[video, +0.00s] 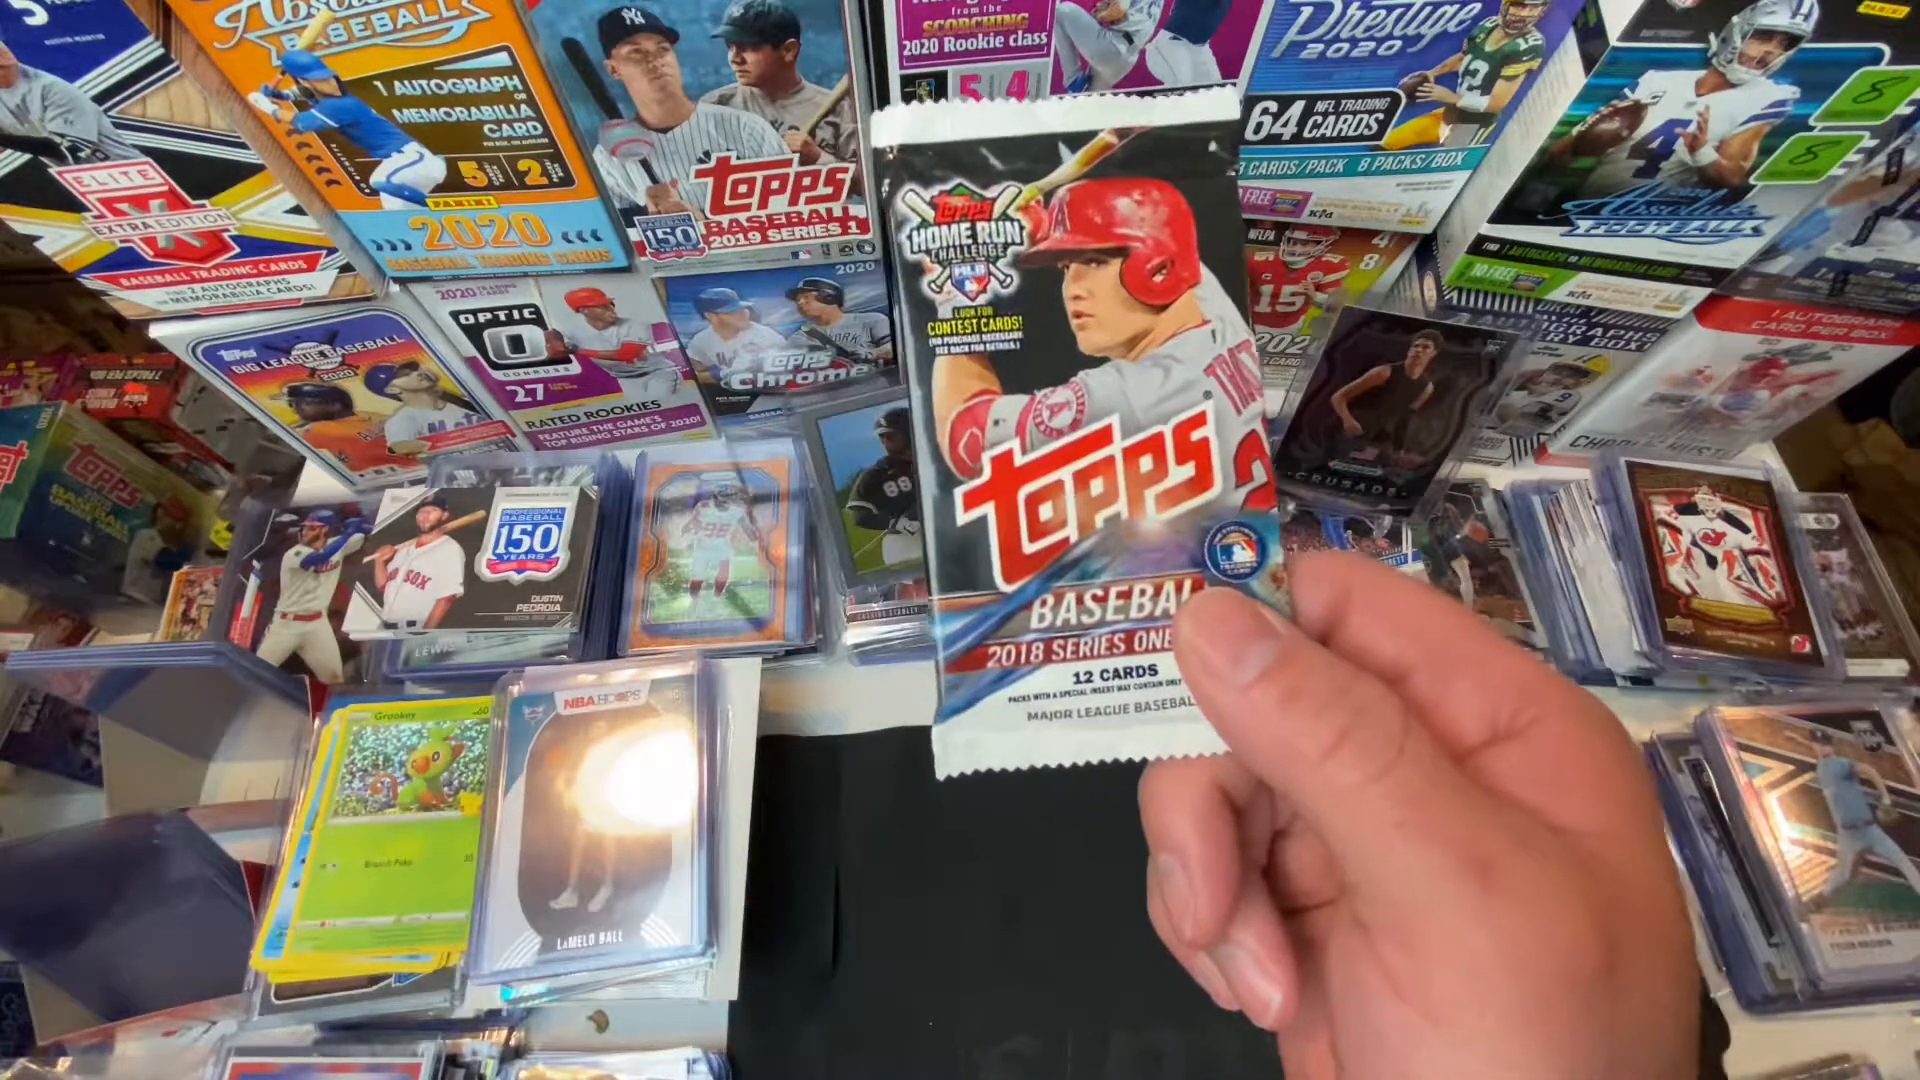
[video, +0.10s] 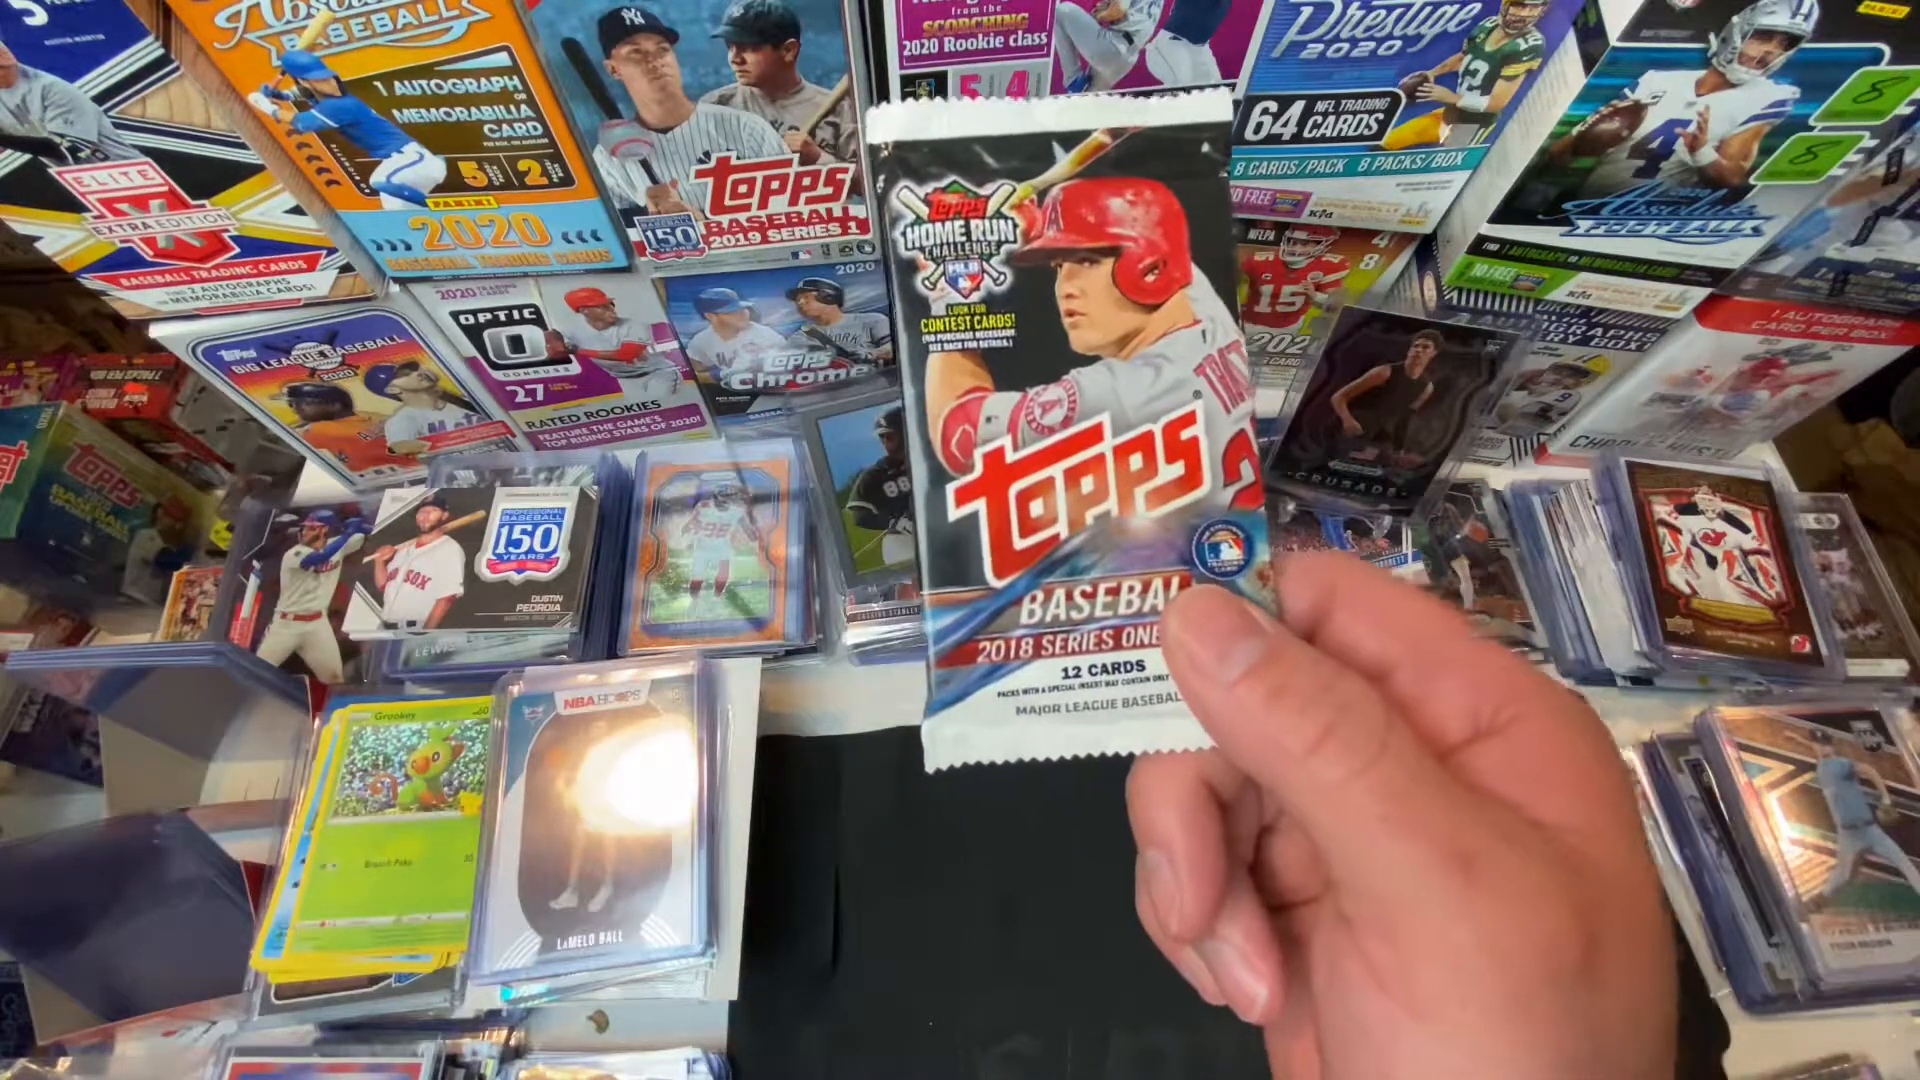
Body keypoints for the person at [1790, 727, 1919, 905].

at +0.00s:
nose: (1824, 749)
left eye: (1826, 744)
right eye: (1819, 745)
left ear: (1832, 745)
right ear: (1814, 748)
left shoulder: (1840, 764)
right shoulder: (1823, 768)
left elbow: (1870, 771)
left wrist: (1885, 797)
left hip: (1870, 828)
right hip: (1847, 834)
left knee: (1902, 862)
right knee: (1842, 875)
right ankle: (1818, 900)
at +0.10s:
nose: (1824, 749)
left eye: (1826, 744)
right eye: (1819, 745)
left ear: (1831, 745)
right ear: (1814, 748)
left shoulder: (1839, 764)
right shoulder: (1824, 768)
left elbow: (1869, 771)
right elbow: (1869, 770)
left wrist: (1885, 797)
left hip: (1870, 828)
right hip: (1847, 833)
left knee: (1903, 862)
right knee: (1843, 875)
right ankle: (1819, 899)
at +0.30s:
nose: (1823, 749)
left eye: (1826, 744)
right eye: (1819, 745)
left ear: (1831, 745)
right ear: (1814, 748)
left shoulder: (1841, 764)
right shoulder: (1822, 768)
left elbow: (1869, 771)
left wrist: (1885, 796)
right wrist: (1798, 739)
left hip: (1869, 828)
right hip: (1846, 833)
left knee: (1901, 860)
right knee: (1843, 874)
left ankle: (1919, 888)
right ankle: (1820, 899)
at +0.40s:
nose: (1823, 750)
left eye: (1826, 744)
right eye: (1819, 746)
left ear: (1831, 745)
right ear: (1814, 748)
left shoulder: (1841, 764)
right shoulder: (1823, 768)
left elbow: (1870, 771)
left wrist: (1885, 796)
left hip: (1869, 827)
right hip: (1846, 833)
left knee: (1902, 861)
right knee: (1843, 874)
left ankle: (1918, 889)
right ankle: (1820, 899)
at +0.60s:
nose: (1824, 750)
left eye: (1826, 745)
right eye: (1819, 746)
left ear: (1832, 745)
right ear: (1814, 748)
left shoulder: (1840, 764)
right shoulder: (1823, 769)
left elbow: (1870, 771)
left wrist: (1885, 796)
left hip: (1869, 828)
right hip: (1847, 833)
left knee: (1902, 861)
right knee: (1844, 874)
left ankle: (1918, 889)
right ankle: (1820, 899)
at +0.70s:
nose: (1823, 748)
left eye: (1826, 744)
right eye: (1819, 744)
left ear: (1831, 745)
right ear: (1814, 747)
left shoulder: (1839, 764)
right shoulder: (1822, 768)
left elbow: (1870, 771)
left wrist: (1885, 797)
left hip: (1870, 828)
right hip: (1847, 833)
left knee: (1903, 862)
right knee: (1843, 875)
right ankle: (1819, 899)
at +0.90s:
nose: (1823, 748)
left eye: (1825, 744)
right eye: (1818, 744)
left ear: (1830, 744)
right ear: (1814, 747)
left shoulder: (1839, 764)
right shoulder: (1822, 768)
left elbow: (1870, 771)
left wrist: (1885, 797)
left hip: (1870, 828)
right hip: (1847, 834)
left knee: (1903, 863)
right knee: (1843, 875)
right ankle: (1820, 899)